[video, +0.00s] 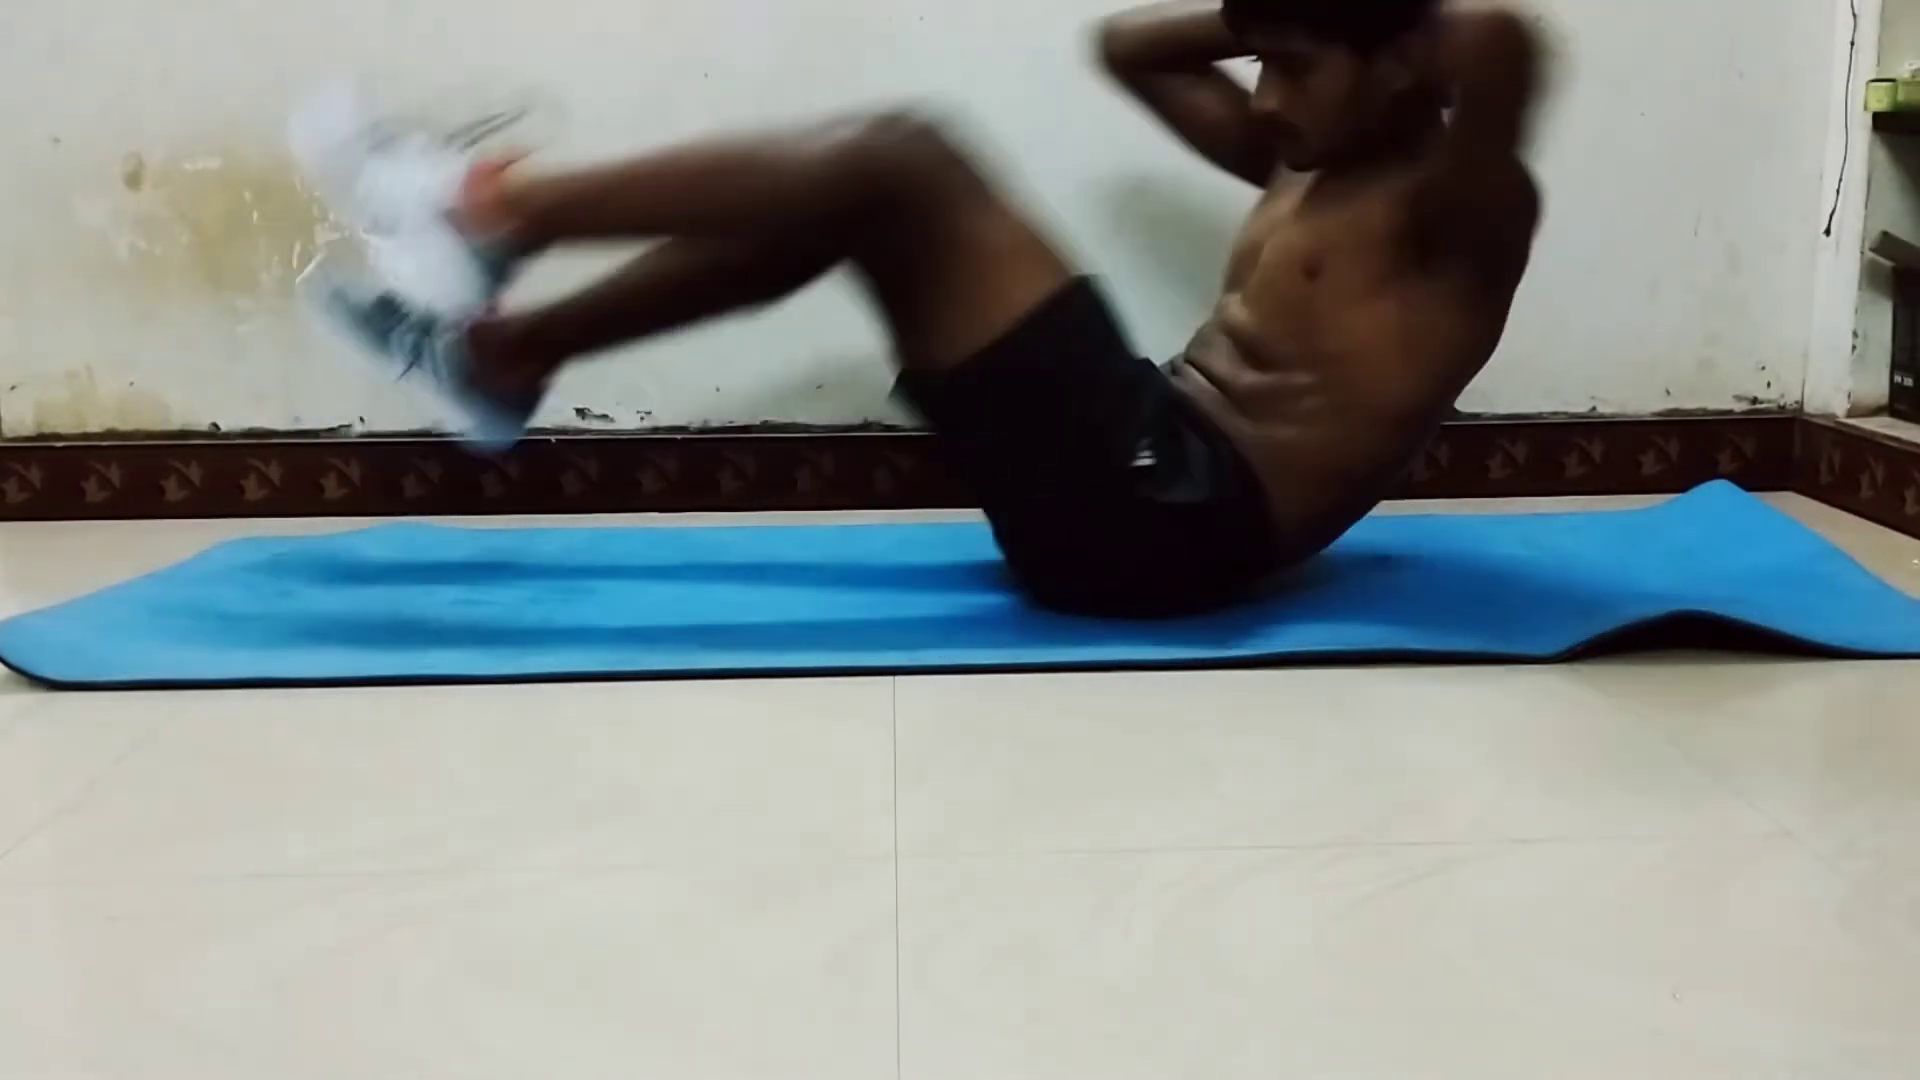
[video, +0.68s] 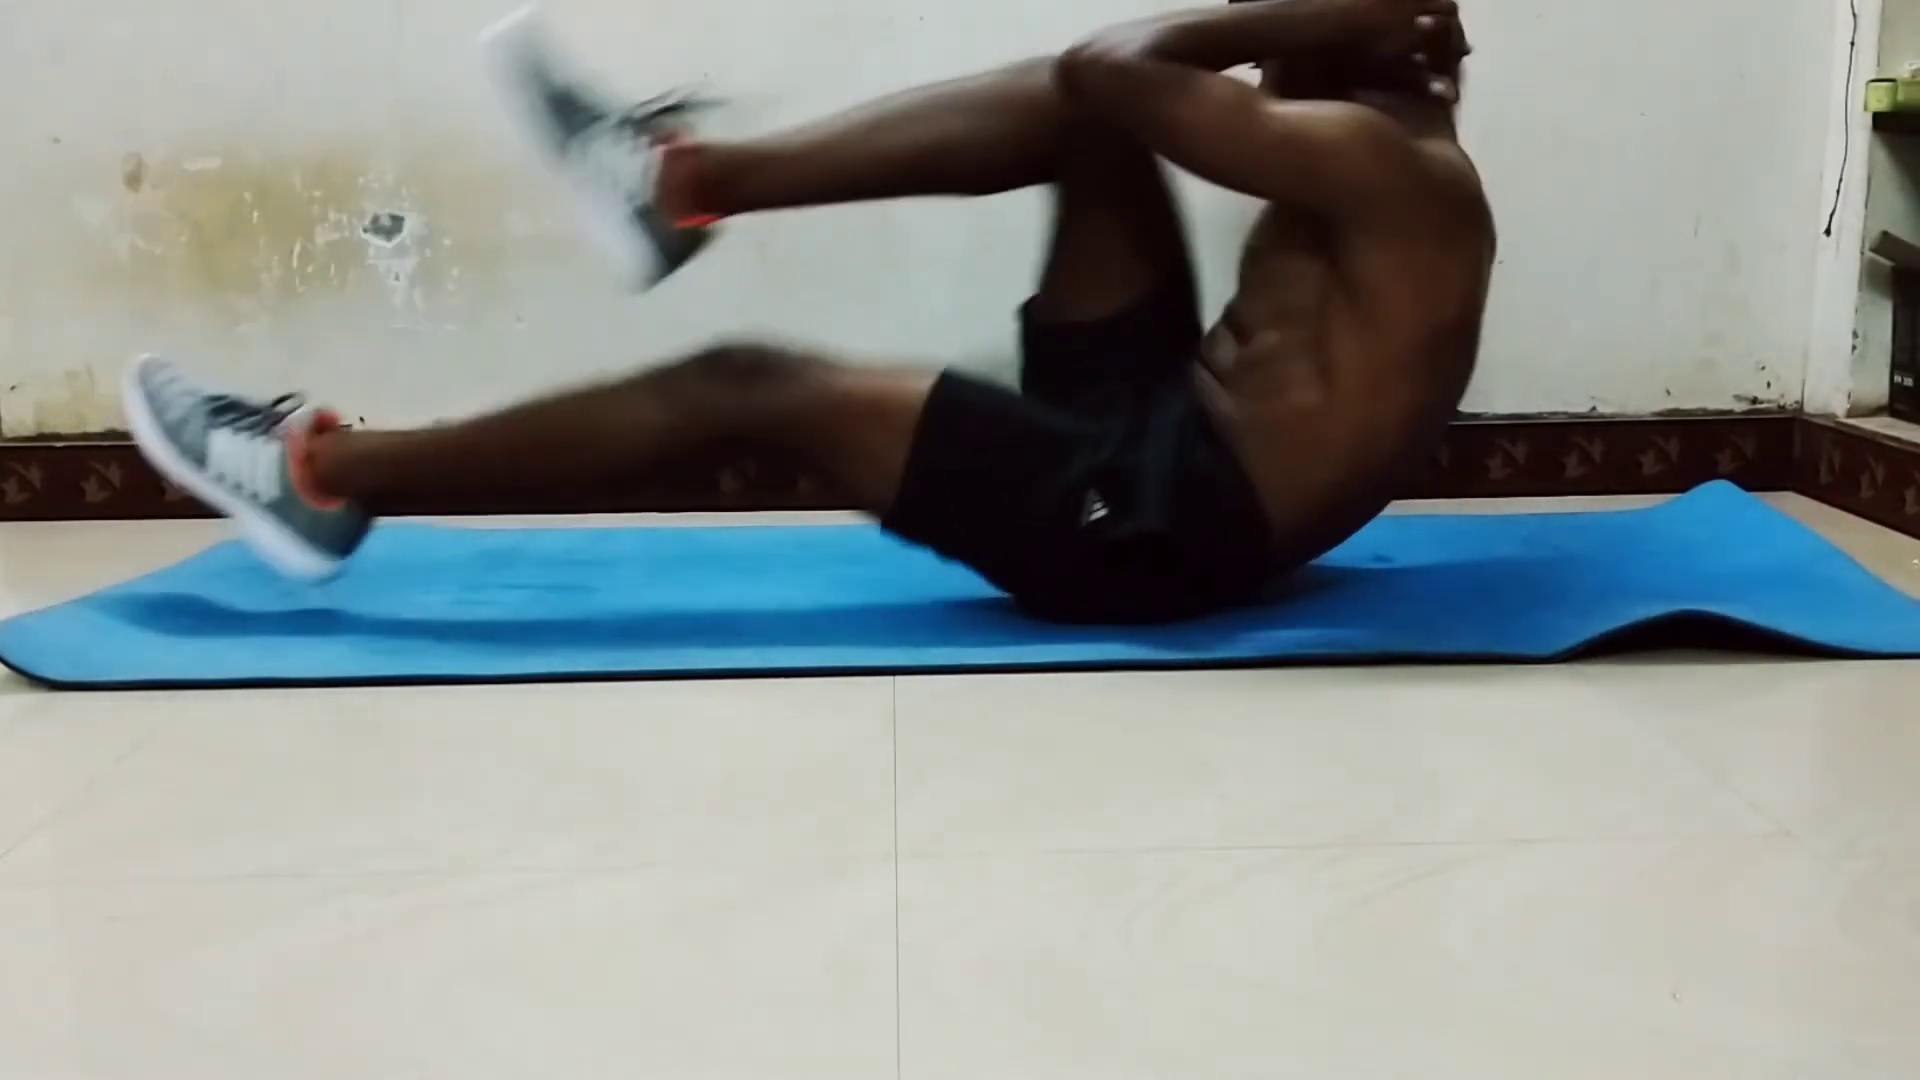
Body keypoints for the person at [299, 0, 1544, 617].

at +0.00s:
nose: (1273, 96)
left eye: (1297, 68)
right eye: (1266, 66)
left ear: (1394, 67)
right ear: (1289, 71)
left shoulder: (1465, 215)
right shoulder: (1308, 166)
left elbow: (1507, 46)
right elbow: (1125, 52)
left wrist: (1440, 64)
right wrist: (1269, 39)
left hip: (1179, 524)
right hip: (1127, 475)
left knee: (909, 162)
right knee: (897, 169)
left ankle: (492, 205)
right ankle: (507, 356)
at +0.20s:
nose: (1252, 110)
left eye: (1278, 77)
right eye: (1250, 88)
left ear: (1402, 68)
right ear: (1359, 80)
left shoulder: (1441, 220)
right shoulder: (1355, 194)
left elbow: (1368, 152)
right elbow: (1281, 125)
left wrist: (1242, 65)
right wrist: (1241, 70)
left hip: (1159, 514)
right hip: (1127, 438)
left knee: (807, 247)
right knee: (934, 135)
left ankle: (370, 276)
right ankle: (592, 282)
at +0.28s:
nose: (1401, 61)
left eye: (1380, 44)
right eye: (1384, 41)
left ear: (1378, 83)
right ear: (1378, 80)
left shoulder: (1405, 207)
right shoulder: (1367, 196)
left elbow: (1176, 74)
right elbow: (1224, 77)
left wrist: (1362, 53)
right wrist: (1357, 58)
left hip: (1135, 510)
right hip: (1119, 423)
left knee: (740, 371)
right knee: (1045, 99)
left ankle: (287, 348)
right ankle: (672, 206)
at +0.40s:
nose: (1296, 57)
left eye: (1324, 38)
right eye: (1340, 33)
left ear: (1379, 66)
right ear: (1382, 69)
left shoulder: (1389, 199)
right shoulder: (1367, 189)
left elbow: (1129, 84)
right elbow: (1140, 86)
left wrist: (1318, 50)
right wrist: (1338, 51)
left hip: (1126, 515)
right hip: (1120, 425)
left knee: (727, 410)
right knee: (1092, 106)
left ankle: (264, 393)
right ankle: (712, 182)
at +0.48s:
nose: (1251, 74)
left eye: (1292, 49)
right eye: (1281, 45)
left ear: (1367, 69)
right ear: (1373, 70)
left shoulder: (1372, 191)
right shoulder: (1348, 177)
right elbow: (1105, 91)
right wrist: (1331, 44)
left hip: (1128, 514)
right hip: (1119, 424)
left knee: (737, 430)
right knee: (1130, 132)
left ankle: (269, 436)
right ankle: (742, 172)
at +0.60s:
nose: (1254, 75)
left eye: (1296, 52)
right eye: (1280, 47)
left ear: (1392, 66)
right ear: (1409, 74)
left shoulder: (1367, 170)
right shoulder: (1388, 166)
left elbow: (1072, 106)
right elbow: (1109, 88)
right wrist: (1343, 39)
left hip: (1132, 517)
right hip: (1143, 440)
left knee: (731, 430)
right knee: (1150, 123)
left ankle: (285, 472)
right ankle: (757, 161)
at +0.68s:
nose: (1257, 63)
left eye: (1276, 40)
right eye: (1268, 40)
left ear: (1385, 45)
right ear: (1406, 52)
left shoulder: (1388, 162)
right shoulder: (1385, 158)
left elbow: (1094, 91)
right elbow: (1113, 82)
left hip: (1146, 520)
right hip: (1151, 429)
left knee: (752, 388)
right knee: (1092, 116)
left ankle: (328, 472)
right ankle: (697, 184)